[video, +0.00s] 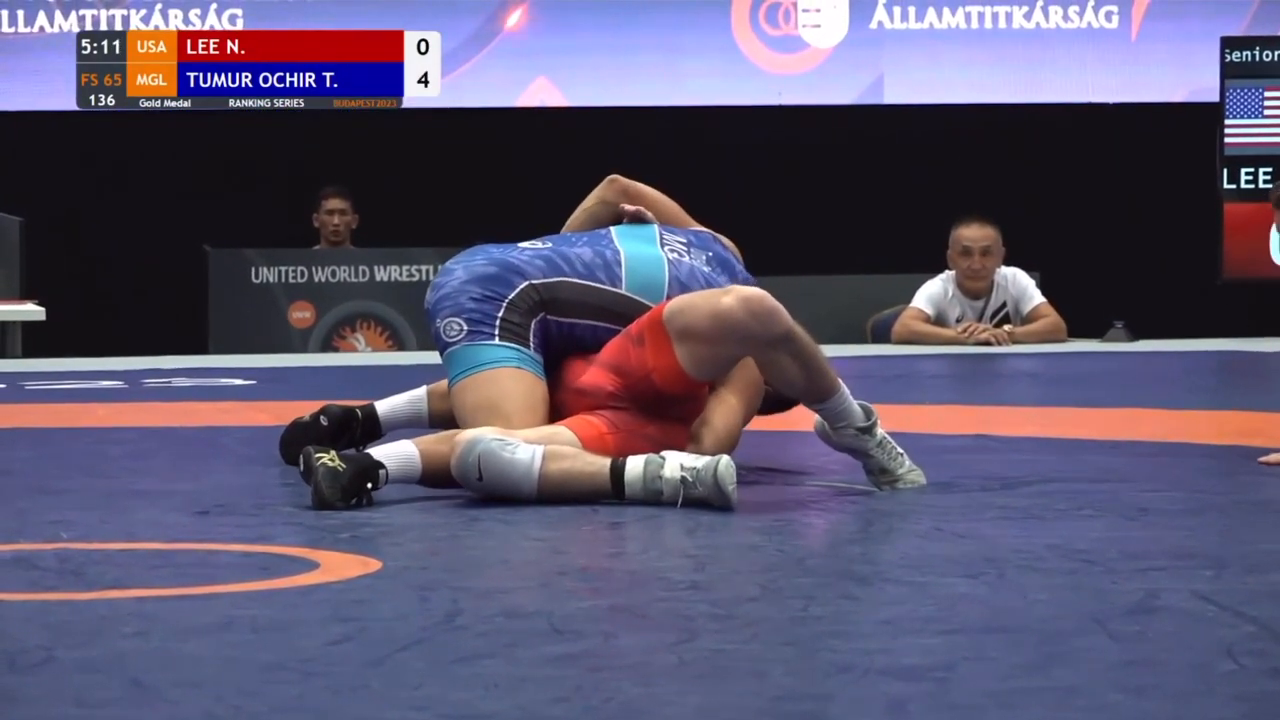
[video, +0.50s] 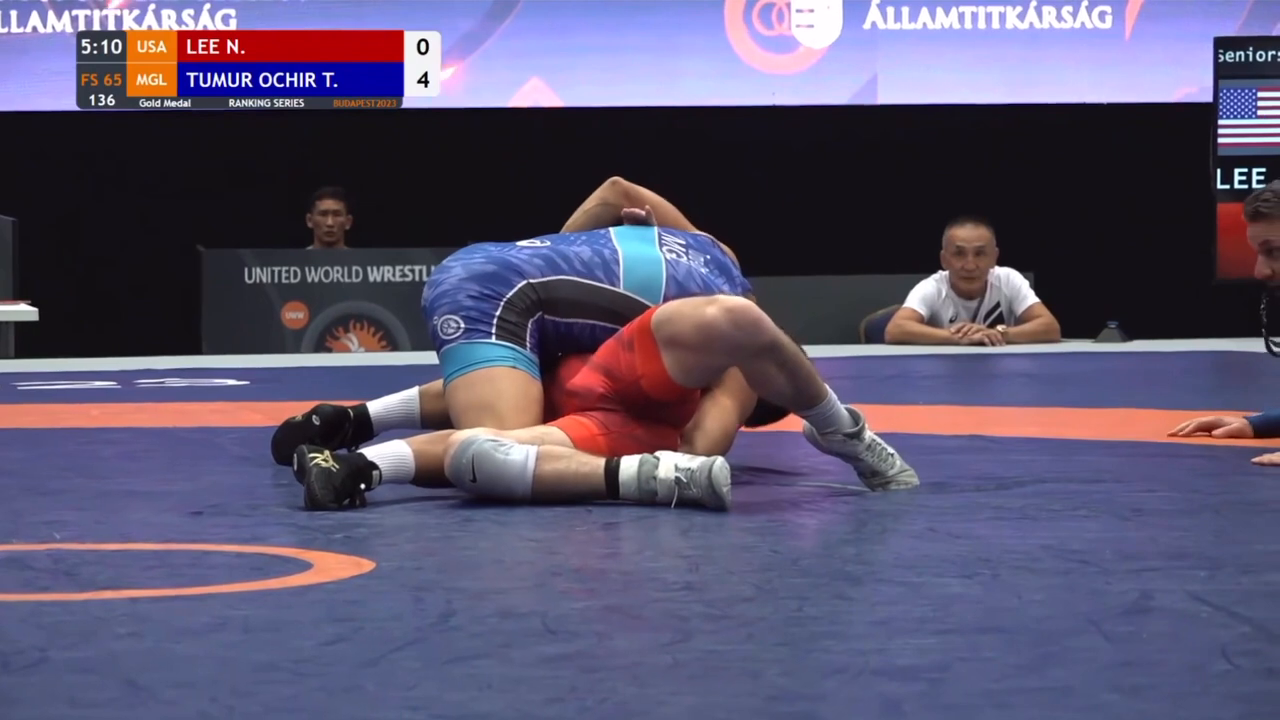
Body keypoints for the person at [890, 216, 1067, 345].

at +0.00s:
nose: (976, 264)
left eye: (986, 254)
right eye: (966, 254)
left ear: (1001, 255)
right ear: (949, 256)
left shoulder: (1015, 280)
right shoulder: (937, 288)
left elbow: (1057, 329)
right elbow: (903, 331)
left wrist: (1003, 334)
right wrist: (966, 337)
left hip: (1008, 378)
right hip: (950, 379)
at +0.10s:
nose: (976, 264)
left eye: (986, 254)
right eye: (966, 254)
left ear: (1002, 255)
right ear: (949, 256)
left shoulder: (1015, 280)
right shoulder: (937, 288)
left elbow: (1057, 329)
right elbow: (903, 331)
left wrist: (1003, 334)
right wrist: (966, 337)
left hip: (1008, 378)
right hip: (951, 379)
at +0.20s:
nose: (974, 264)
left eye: (984, 254)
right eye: (963, 254)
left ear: (999, 255)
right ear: (948, 256)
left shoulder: (1013, 280)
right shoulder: (935, 287)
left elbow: (1055, 330)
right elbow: (900, 331)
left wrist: (1002, 334)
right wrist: (964, 336)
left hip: (1006, 379)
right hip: (947, 381)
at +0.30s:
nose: (970, 265)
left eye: (980, 254)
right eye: (960, 254)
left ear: (995, 255)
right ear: (944, 257)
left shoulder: (1009, 280)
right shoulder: (932, 288)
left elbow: (1051, 329)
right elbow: (897, 331)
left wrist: (997, 334)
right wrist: (960, 337)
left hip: (1002, 379)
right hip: (944, 380)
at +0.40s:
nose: (970, 265)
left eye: (980, 254)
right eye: (960, 254)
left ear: (995, 255)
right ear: (944, 257)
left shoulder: (1009, 280)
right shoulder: (931, 288)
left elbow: (1051, 329)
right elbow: (896, 331)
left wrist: (997, 334)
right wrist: (960, 336)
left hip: (1002, 378)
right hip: (944, 380)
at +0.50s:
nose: (969, 265)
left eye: (980, 254)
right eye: (959, 254)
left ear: (995, 255)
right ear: (943, 258)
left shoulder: (1009, 280)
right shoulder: (931, 288)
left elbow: (1051, 329)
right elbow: (896, 331)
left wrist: (997, 334)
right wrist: (959, 337)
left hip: (1001, 379)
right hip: (943, 380)